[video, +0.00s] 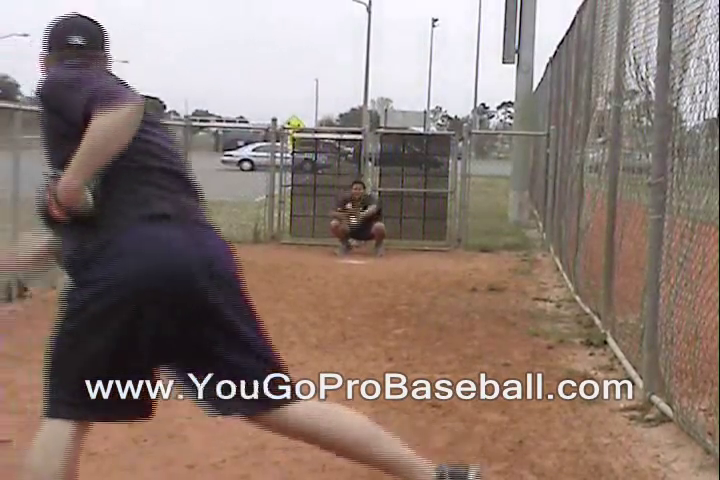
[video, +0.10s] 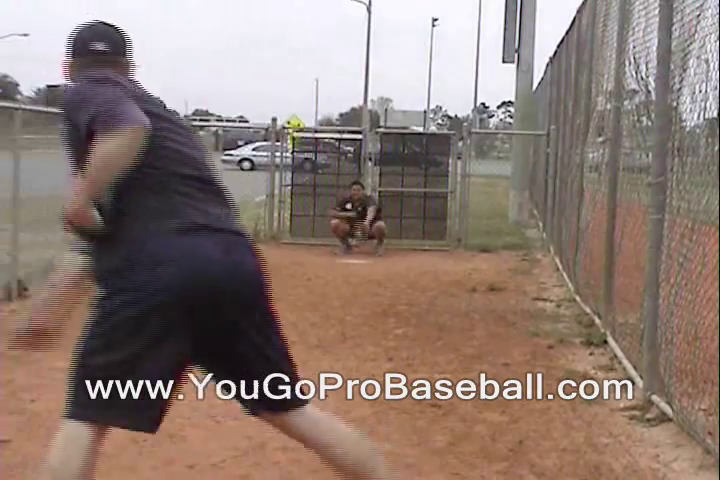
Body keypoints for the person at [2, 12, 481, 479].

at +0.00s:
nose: (40, 62)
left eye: (44, 54)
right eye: (43, 54)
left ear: (57, 52)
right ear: (102, 52)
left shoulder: (63, 78)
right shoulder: (132, 99)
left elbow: (121, 108)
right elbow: (115, 208)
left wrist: (71, 183)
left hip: (126, 257)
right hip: (200, 248)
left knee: (63, 417)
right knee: (272, 401)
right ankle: (429, 472)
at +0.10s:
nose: (64, 70)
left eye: (65, 64)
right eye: (68, 62)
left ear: (70, 64)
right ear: (125, 64)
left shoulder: (84, 88)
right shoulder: (154, 108)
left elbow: (127, 128)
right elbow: (102, 235)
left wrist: (84, 195)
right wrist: (49, 313)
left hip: (155, 265)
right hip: (230, 256)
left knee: (84, 423)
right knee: (284, 403)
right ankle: (380, 470)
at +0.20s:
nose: (82, 77)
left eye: (82, 70)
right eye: (85, 71)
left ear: (85, 71)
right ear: (138, 68)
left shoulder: (101, 97)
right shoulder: (169, 114)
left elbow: (140, 143)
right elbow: (146, 227)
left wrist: (96, 206)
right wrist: (92, 308)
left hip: (170, 267)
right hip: (244, 264)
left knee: (95, 424)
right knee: (293, 413)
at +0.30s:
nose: (113, 84)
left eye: (114, 77)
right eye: (115, 77)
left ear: (117, 80)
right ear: (170, 77)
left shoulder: (137, 118)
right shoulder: (203, 126)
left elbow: (179, 175)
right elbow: (237, 206)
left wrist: (133, 234)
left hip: (200, 287)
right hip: (273, 281)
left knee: (113, 432)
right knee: (285, 428)